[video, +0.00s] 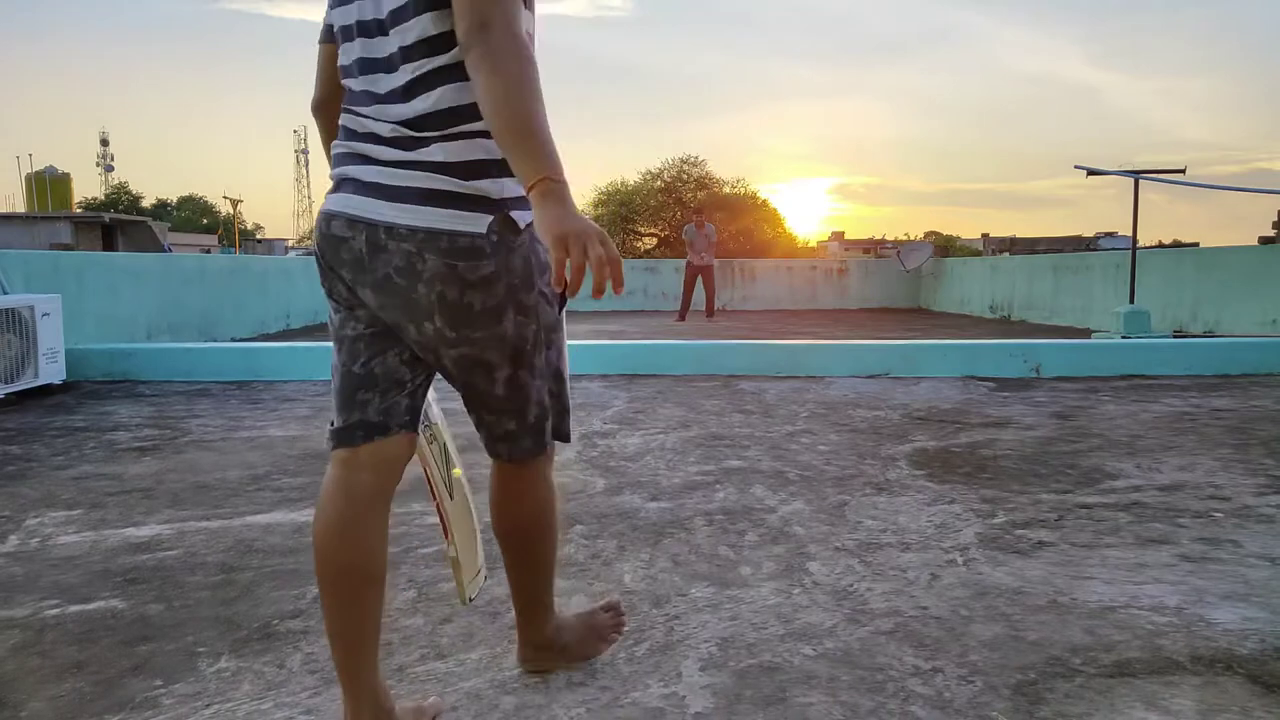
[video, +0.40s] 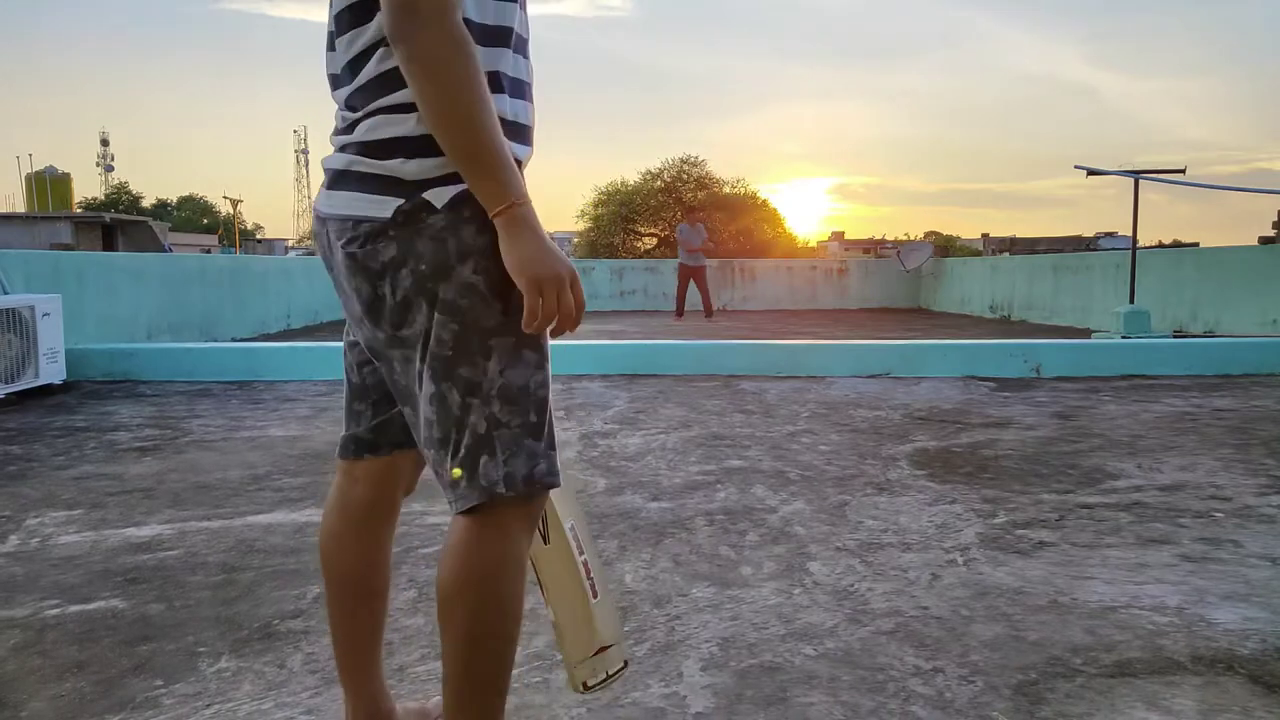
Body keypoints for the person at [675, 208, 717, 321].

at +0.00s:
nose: (699, 219)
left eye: (701, 217)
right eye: (696, 217)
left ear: (704, 217)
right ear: (693, 217)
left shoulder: (710, 229)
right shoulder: (688, 229)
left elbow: (712, 245)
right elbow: (687, 247)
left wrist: (707, 256)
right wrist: (695, 257)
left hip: (707, 264)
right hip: (692, 264)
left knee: (710, 291)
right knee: (687, 291)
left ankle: (710, 315)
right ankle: (681, 315)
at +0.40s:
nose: (693, 218)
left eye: (694, 215)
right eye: (691, 215)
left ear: (697, 215)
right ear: (686, 216)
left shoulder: (700, 227)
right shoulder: (681, 228)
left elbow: (705, 241)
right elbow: (684, 247)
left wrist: (708, 245)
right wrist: (702, 248)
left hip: (699, 264)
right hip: (685, 263)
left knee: (704, 290)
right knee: (681, 291)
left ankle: (709, 314)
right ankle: (678, 314)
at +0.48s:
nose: (693, 217)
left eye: (693, 214)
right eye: (690, 214)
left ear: (694, 215)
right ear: (684, 215)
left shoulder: (696, 226)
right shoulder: (677, 227)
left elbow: (702, 241)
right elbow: (678, 244)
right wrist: (697, 246)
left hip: (696, 263)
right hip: (682, 262)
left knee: (701, 290)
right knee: (679, 291)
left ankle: (707, 313)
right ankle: (678, 313)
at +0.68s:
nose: (686, 212)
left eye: (687, 209)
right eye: (684, 209)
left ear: (688, 211)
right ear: (679, 210)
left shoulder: (692, 223)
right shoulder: (672, 225)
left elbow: (697, 235)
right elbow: (669, 239)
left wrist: (699, 239)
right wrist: (687, 242)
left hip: (693, 259)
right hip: (679, 259)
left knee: (696, 285)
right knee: (679, 287)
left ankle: (691, 307)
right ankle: (678, 312)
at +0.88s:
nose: (682, 213)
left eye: (684, 210)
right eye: (680, 210)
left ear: (687, 211)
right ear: (675, 211)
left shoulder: (691, 223)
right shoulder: (671, 224)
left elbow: (701, 236)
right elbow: (662, 235)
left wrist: (691, 233)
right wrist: (674, 233)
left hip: (688, 258)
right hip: (675, 257)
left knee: (685, 285)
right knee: (678, 285)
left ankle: (682, 309)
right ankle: (677, 310)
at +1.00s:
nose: (682, 214)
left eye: (684, 211)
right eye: (679, 211)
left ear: (687, 212)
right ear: (675, 213)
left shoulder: (692, 225)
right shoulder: (673, 224)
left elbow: (703, 234)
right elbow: (658, 231)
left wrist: (692, 231)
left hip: (686, 259)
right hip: (673, 259)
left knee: (680, 288)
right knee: (676, 287)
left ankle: (678, 311)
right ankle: (676, 311)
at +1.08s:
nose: (682, 213)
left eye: (684, 211)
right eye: (679, 211)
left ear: (687, 212)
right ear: (676, 213)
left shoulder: (691, 224)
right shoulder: (672, 224)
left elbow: (702, 231)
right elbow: (656, 227)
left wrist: (687, 226)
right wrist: (668, 219)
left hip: (685, 259)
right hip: (672, 258)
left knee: (680, 286)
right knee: (673, 286)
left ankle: (679, 308)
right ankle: (673, 309)